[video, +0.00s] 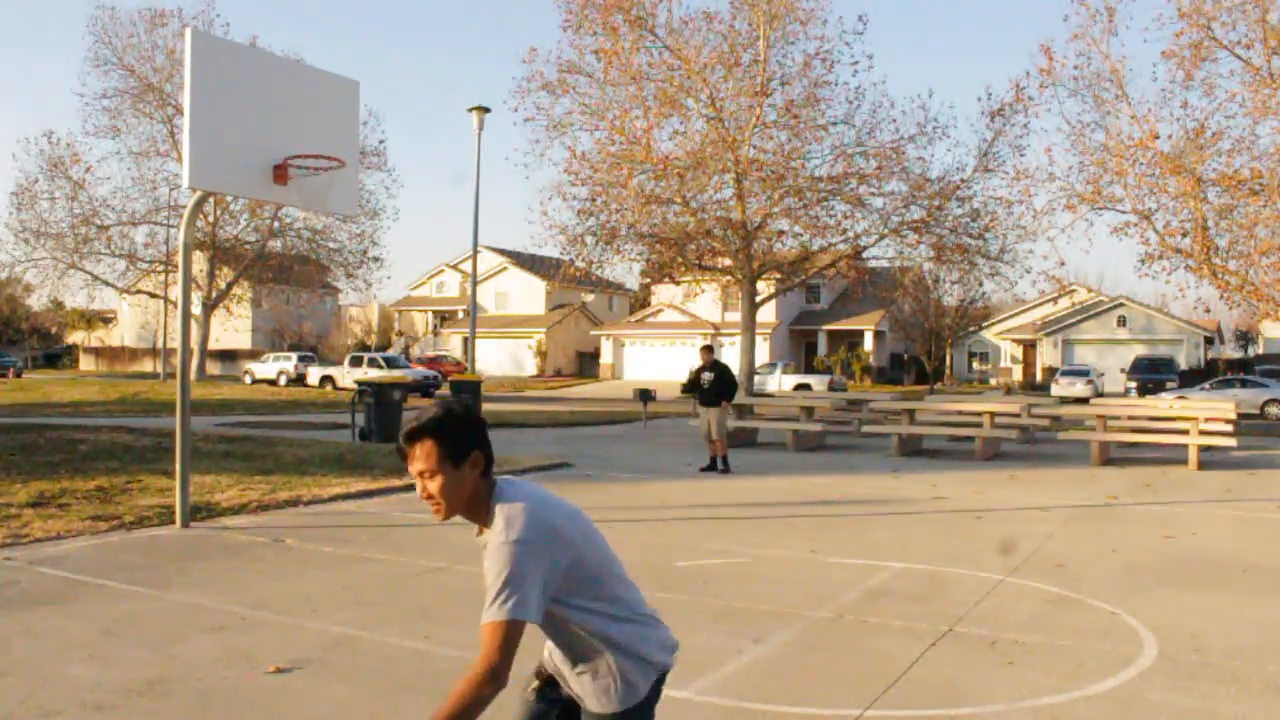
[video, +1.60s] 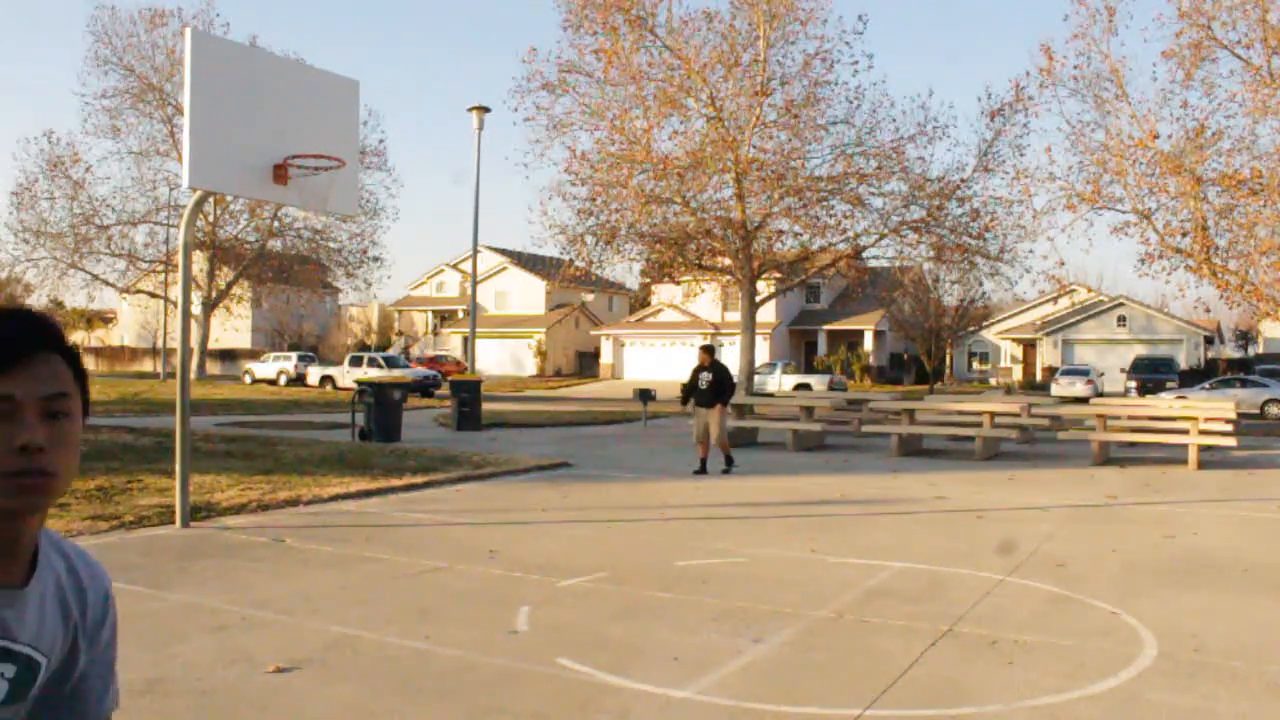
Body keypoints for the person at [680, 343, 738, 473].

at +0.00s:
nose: (702, 357)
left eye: (705, 354)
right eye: (701, 354)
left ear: (711, 354)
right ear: (701, 355)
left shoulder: (722, 368)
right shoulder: (699, 370)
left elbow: (733, 384)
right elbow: (693, 386)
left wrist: (727, 400)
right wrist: (686, 388)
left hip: (718, 405)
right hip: (704, 406)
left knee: (718, 436)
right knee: (709, 437)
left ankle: (725, 463)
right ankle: (712, 462)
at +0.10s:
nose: (703, 357)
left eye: (705, 354)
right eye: (702, 354)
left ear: (711, 354)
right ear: (702, 355)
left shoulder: (722, 368)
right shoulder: (701, 370)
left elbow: (733, 385)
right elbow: (691, 382)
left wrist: (727, 400)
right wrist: (693, 371)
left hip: (718, 406)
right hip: (705, 406)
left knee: (720, 437)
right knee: (710, 438)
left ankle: (729, 464)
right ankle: (712, 463)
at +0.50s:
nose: (710, 357)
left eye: (712, 354)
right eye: (709, 353)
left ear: (719, 355)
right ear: (711, 355)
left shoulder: (731, 370)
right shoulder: (707, 370)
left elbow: (738, 388)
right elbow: (700, 385)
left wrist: (732, 403)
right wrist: (689, 388)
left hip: (724, 408)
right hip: (709, 407)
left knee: (725, 438)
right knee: (712, 438)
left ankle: (729, 464)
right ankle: (713, 462)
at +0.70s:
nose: (712, 356)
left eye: (714, 354)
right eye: (712, 353)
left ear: (720, 355)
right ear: (718, 355)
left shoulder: (735, 371)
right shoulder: (712, 369)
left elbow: (741, 390)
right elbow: (705, 388)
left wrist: (739, 406)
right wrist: (702, 403)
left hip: (727, 408)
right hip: (711, 407)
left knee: (728, 438)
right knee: (708, 438)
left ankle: (730, 464)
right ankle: (711, 461)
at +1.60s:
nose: (700, 357)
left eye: (702, 354)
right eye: (700, 354)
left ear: (708, 355)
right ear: (703, 355)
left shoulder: (720, 369)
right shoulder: (698, 370)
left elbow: (730, 386)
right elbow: (691, 386)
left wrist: (723, 403)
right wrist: (684, 400)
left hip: (716, 407)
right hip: (700, 407)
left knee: (718, 437)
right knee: (701, 438)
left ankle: (728, 459)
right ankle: (702, 465)